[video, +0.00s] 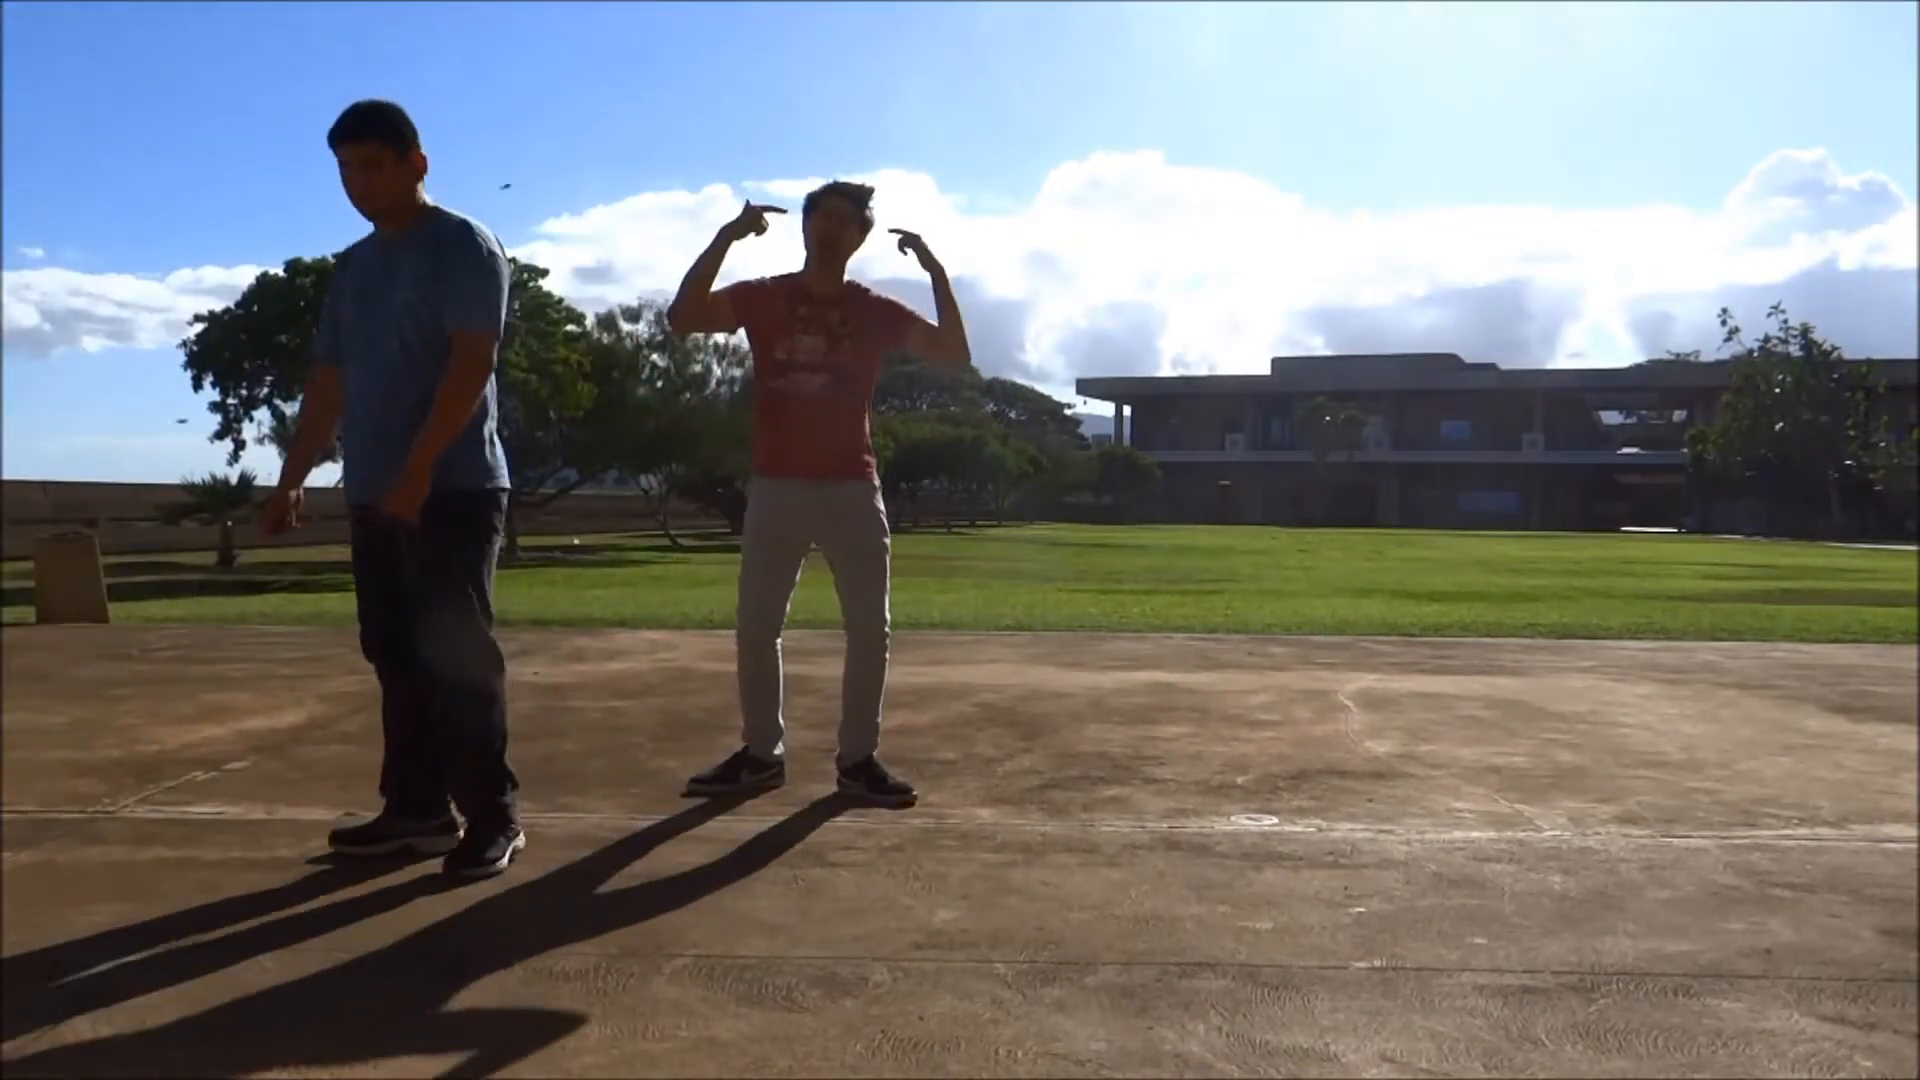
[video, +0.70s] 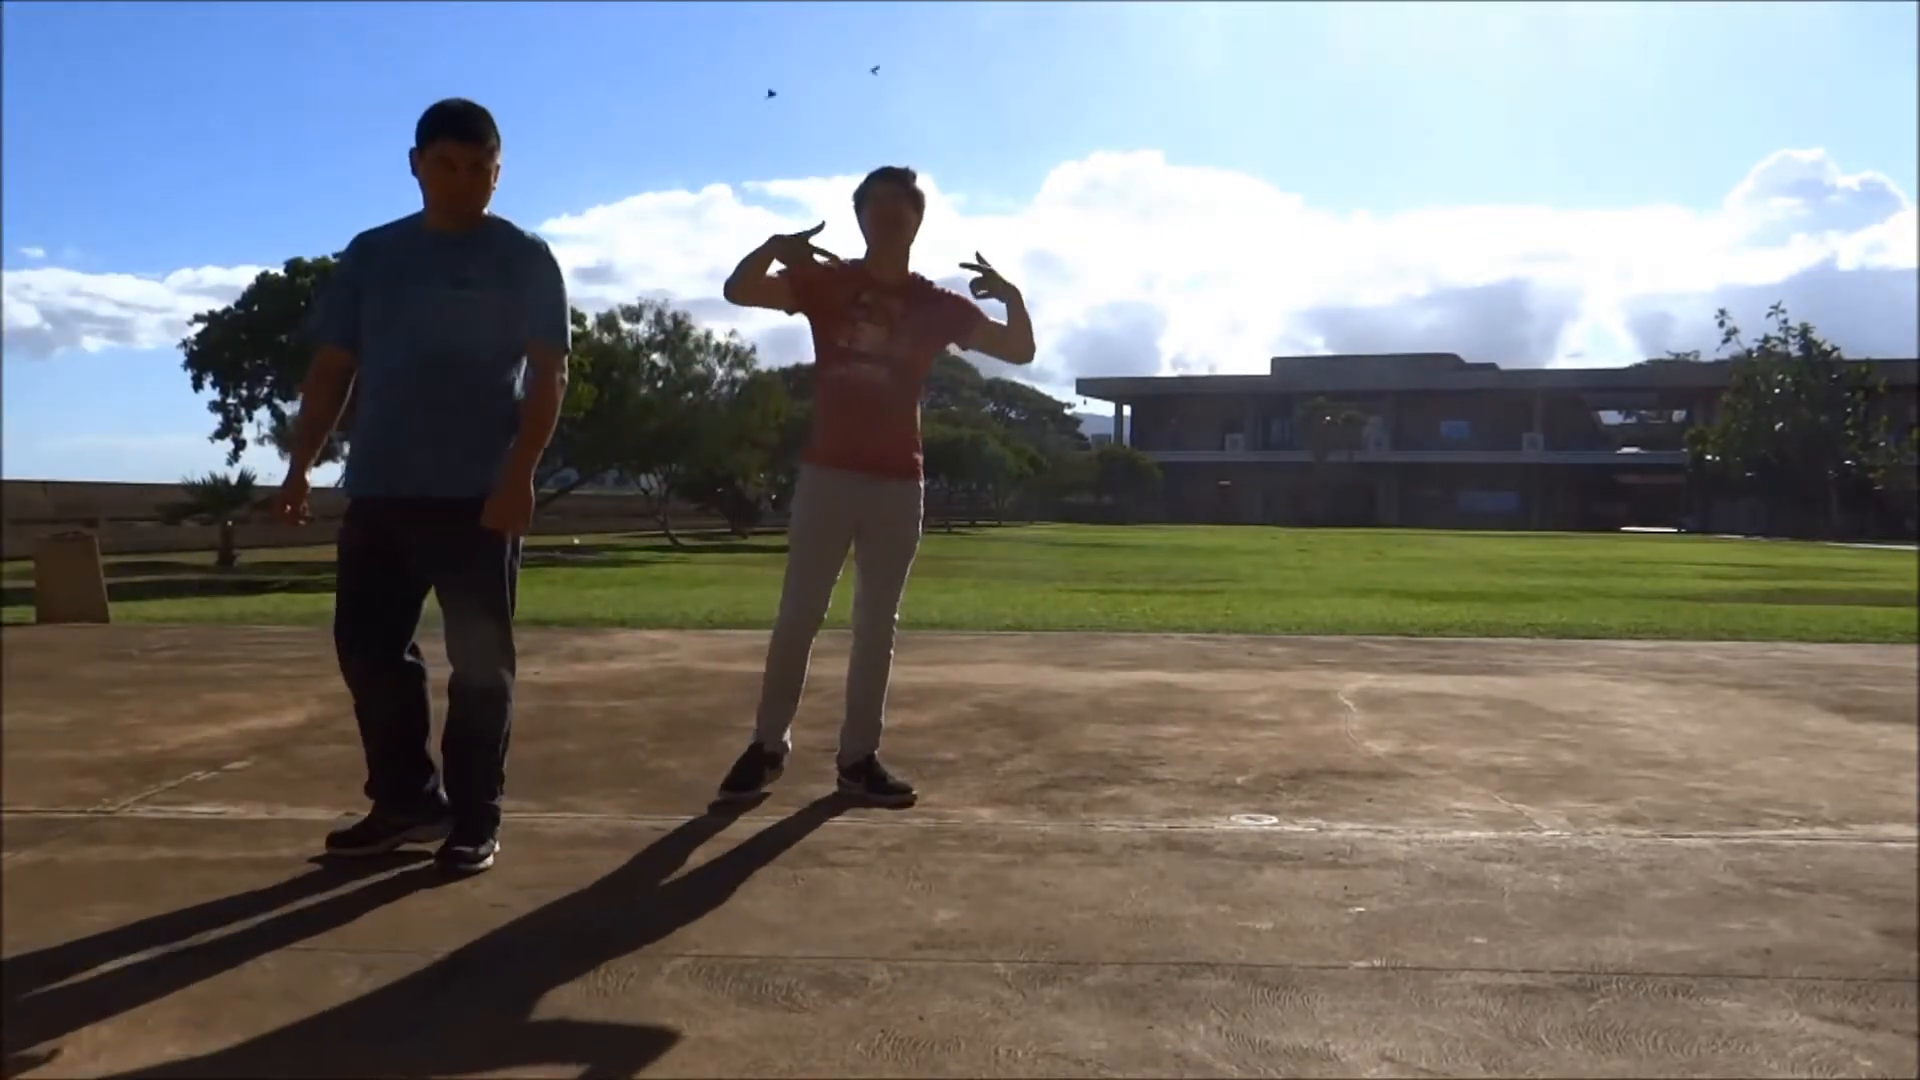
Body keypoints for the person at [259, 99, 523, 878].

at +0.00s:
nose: (354, 183)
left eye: (368, 166)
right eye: (346, 170)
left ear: (414, 162)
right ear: (340, 177)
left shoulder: (466, 249)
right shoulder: (351, 271)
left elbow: (472, 368)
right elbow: (328, 384)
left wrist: (418, 466)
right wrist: (292, 477)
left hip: (457, 483)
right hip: (376, 489)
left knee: (457, 647)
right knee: (393, 649)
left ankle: (492, 819)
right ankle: (416, 809)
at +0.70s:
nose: (462, 179)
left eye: (476, 165)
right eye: (445, 165)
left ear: (498, 168)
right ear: (418, 165)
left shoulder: (527, 260)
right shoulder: (371, 255)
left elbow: (548, 375)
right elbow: (331, 368)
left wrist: (518, 476)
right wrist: (300, 465)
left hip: (480, 492)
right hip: (382, 491)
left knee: (481, 663)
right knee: (368, 646)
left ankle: (475, 822)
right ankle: (407, 801)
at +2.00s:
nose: (393, 180)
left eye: (403, 169)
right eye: (377, 166)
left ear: (414, 179)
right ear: (339, 171)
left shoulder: (427, 266)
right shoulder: (287, 256)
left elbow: (485, 353)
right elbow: (217, 345)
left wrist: (516, 288)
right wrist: (249, 251)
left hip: (411, 487)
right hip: (315, 492)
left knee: (406, 652)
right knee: (324, 655)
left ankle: (385, 797)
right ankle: (330, 806)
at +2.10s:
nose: (402, 189)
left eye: (410, 177)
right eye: (386, 174)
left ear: (418, 183)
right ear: (345, 173)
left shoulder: (427, 265)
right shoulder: (290, 255)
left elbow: (488, 350)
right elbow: (222, 340)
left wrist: (512, 277)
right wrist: (255, 246)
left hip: (413, 488)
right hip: (319, 493)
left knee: (414, 652)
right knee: (327, 657)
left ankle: (389, 795)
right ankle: (330, 807)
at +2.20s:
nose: (411, 193)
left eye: (419, 181)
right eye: (396, 178)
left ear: (427, 185)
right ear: (353, 176)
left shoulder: (428, 264)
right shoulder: (296, 254)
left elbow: (489, 350)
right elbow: (228, 339)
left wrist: (512, 273)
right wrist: (265, 246)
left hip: (419, 484)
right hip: (326, 489)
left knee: (436, 640)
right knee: (332, 655)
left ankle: (411, 780)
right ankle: (331, 805)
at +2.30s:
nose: (421, 197)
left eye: (430, 185)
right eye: (407, 182)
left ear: (437, 188)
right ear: (365, 178)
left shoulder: (435, 266)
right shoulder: (308, 255)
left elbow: (493, 349)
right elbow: (238, 336)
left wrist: (513, 274)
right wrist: (280, 247)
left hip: (425, 482)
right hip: (333, 488)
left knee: (453, 637)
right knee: (336, 654)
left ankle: (449, 779)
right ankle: (331, 803)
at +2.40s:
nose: (436, 203)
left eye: (445, 190)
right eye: (423, 186)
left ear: (453, 193)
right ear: (381, 181)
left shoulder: (448, 271)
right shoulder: (322, 257)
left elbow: (504, 350)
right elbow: (250, 335)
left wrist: (525, 277)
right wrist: (296, 249)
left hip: (434, 486)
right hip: (343, 491)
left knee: (470, 636)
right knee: (341, 655)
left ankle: (495, 779)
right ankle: (333, 805)